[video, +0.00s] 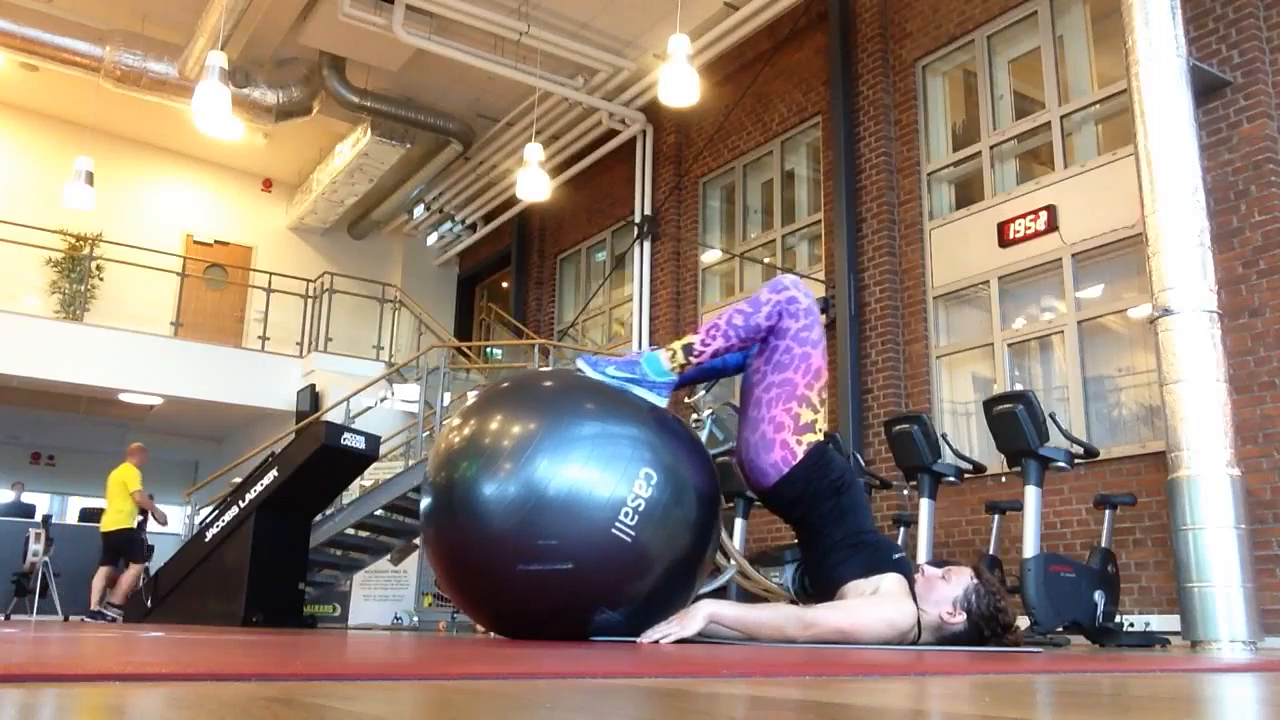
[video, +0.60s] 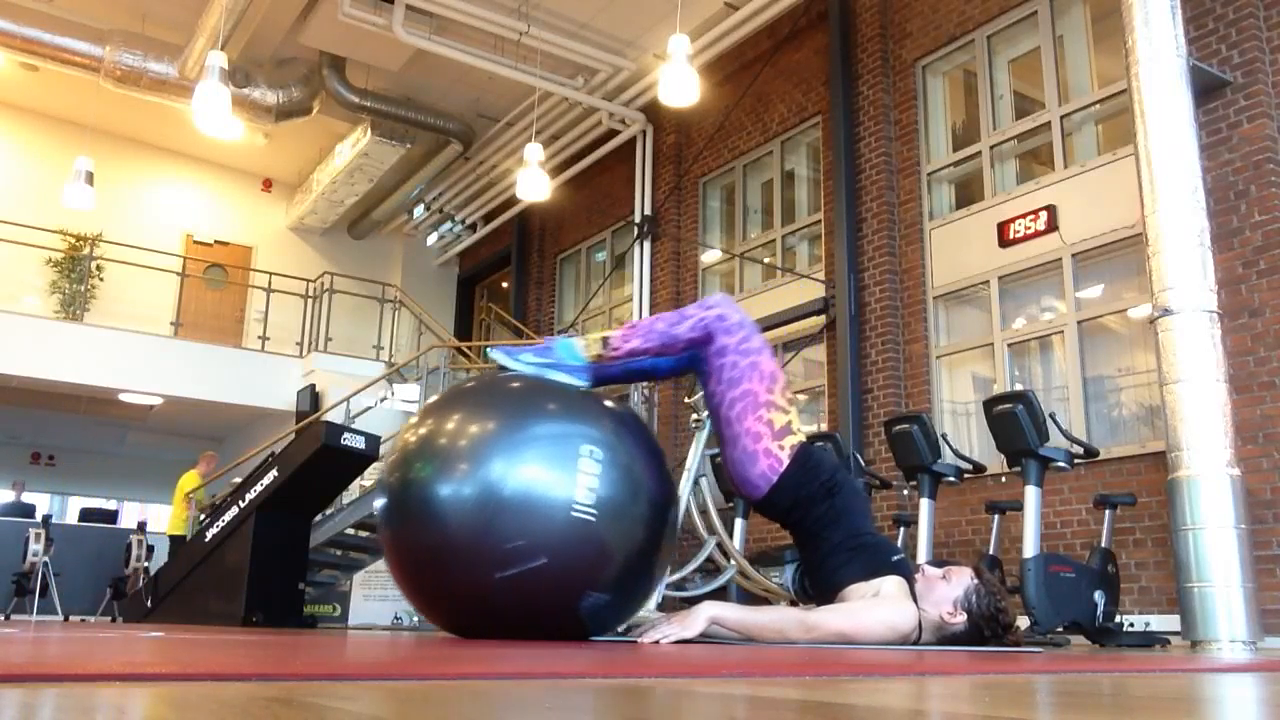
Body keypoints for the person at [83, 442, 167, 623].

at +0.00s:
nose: (145, 460)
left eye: (145, 456)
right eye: (144, 456)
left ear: (129, 454)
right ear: (138, 455)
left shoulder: (115, 472)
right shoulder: (131, 471)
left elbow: (116, 499)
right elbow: (139, 497)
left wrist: (141, 506)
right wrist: (154, 510)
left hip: (107, 525)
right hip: (123, 525)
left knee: (105, 567)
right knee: (136, 564)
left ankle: (94, 608)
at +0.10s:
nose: (158, 463)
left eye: (158, 459)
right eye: (157, 459)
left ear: (142, 458)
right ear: (151, 458)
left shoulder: (129, 475)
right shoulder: (143, 474)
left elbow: (130, 503)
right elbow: (143, 500)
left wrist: (156, 511)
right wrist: (162, 515)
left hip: (120, 529)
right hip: (136, 529)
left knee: (110, 569)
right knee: (146, 569)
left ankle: (95, 608)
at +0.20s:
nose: (170, 467)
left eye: (170, 463)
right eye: (169, 463)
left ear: (155, 461)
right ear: (163, 462)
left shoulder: (143, 479)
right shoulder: (154, 478)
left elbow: (145, 507)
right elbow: (149, 503)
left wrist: (164, 514)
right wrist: (170, 517)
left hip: (136, 534)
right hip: (150, 535)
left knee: (124, 570)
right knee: (153, 576)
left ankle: (99, 605)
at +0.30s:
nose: (183, 468)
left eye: (183, 464)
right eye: (182, 464)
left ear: (169, 462)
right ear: (176, 463)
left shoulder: (157, 478)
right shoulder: (165, 478)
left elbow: (157, 506)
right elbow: (160, 504)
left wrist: (176, 512)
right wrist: (180, 518)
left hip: (151, 531)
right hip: (160, 531)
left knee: (153, 569)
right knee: (178, 566)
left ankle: (123, 595)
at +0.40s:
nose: (194, 468)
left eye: (194, 464)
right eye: (193, 464)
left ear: (182, 460)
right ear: (188, 461)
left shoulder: (169, 476)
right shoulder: (175, 477)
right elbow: (171, 503)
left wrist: (183, 509)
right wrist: (183, 513)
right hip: (169, 529)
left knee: (172, 565)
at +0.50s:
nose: (205, 468)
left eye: (205, 464)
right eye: (204, 464)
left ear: (195, 461)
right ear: (197, 462)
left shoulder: (185, 477)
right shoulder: (184, 477)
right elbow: (181, 504)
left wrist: (185, 504)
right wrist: (188, 505)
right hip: (174, 530)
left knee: (174, 568)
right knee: (173, 568)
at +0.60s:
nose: (214, 469)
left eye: (214, 466)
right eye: (213, 465)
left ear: (204, 463)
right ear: (206, 463)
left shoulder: (200, 480)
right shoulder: (192, 478)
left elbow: (202, 503)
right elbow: (192, 503)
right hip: (181, 529)